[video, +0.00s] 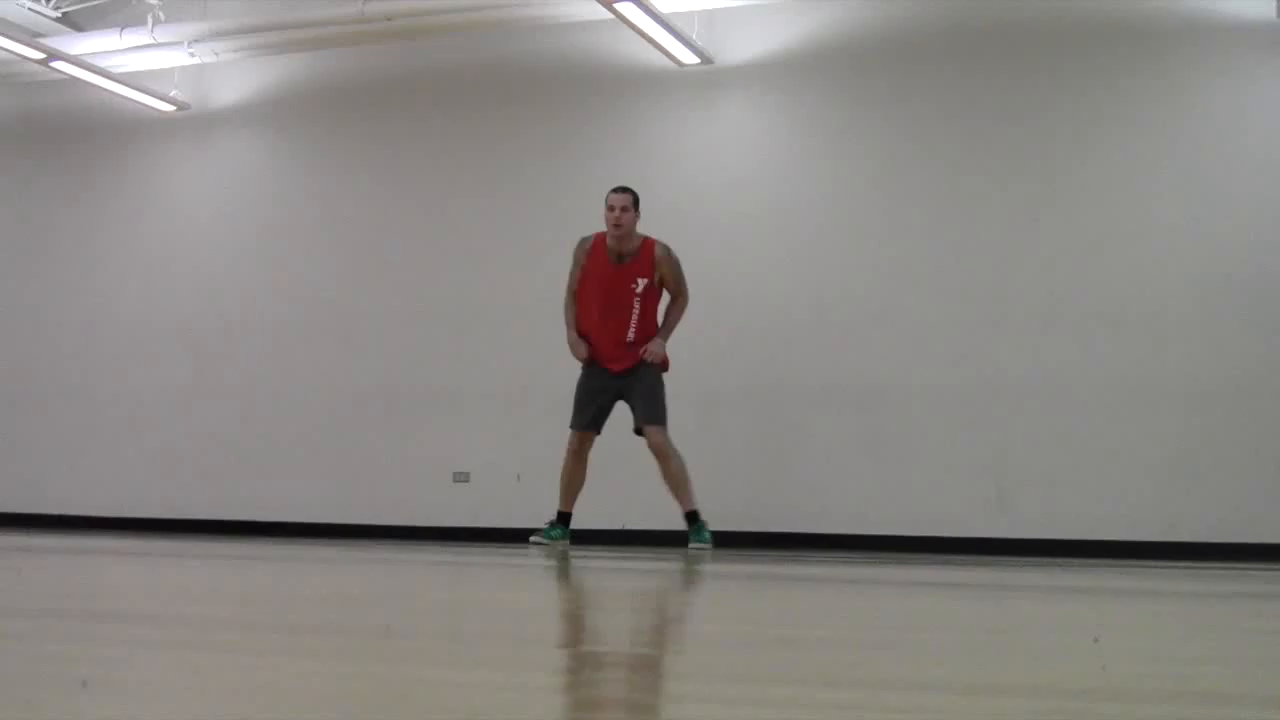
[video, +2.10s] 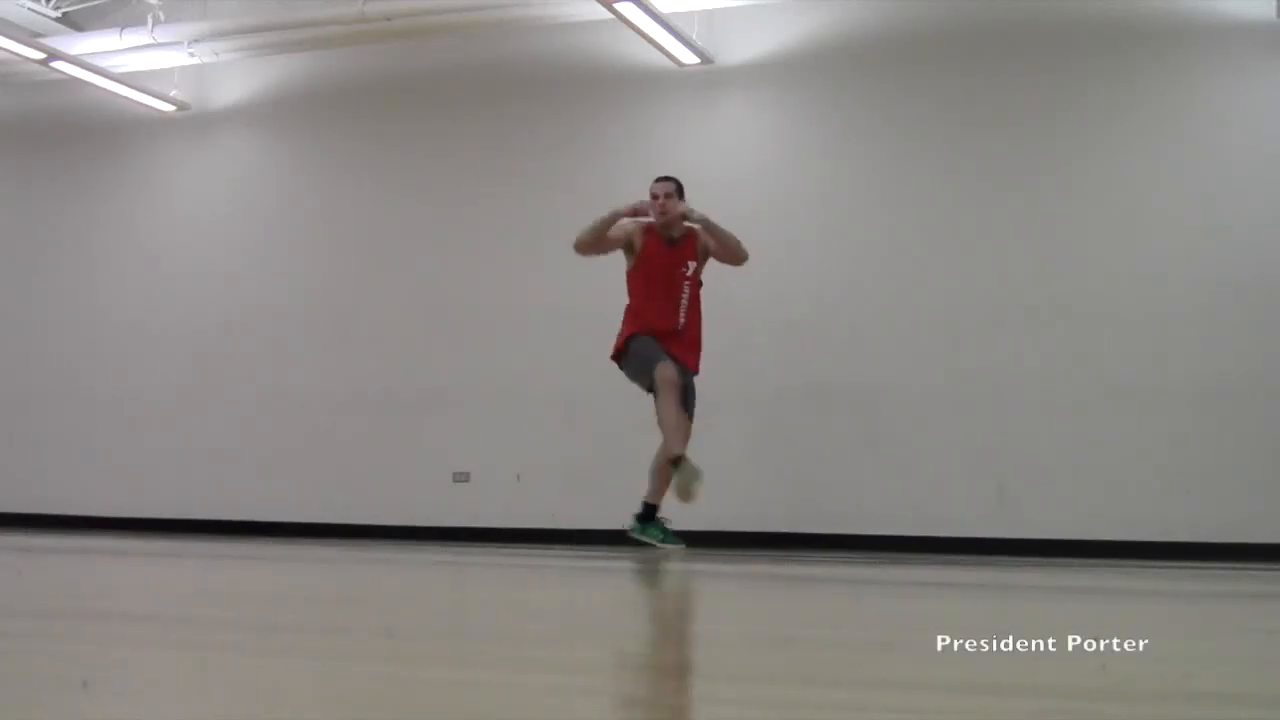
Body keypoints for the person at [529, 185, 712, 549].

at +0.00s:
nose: (616, 216)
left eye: (624, 210)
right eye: (611, 209)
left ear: (637, 216)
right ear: (604, 214)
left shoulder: (659, 256)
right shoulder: (587, 249)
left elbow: (679, 296)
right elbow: (572, 294)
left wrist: (661, 339)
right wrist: (573, 336)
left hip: (642, 365)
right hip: (598, 364)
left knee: (657, 440)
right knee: (578, 441)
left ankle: (695, 523)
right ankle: (561, 524)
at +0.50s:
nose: (616, 216)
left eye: (624, 211)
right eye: (611, 211)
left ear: (638, 219)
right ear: (604, 219)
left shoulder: (658, 254)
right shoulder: (589, 262)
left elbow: (700, 293)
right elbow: (552, 301)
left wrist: (667, 293)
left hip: (646, 371)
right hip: (605, 369)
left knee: (657, 448)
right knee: (573, 445)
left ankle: (707, 526)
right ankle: (561, 524)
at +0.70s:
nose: (615, 214)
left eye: (623, 208)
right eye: (610, 208)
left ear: (636, 216)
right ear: (603, 215)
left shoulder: (653, 258)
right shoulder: (589, 254)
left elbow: (699, 295)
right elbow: (559, 286)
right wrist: (514, 285)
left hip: (646, 368)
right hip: (605, 365)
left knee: (662, 445)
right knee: (573, 442)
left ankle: (707, 525)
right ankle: (561, 524)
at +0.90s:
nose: (611, 213)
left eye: (620, 208)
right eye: (607, 207)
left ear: (635, 216)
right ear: (603, 214)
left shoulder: (652, 259)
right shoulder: (592, 248)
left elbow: (697, 295)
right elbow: (550, 256)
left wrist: (743, 324)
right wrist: (509, 238)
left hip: (644, 371)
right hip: (601, 369)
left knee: (662, 446)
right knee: (575, 446)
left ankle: (709, 527)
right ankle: (547, 521)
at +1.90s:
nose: (648, 207)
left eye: (655, 201)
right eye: (643, 201)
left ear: (671, 207)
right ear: (639, 208)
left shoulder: (691, 254)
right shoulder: (622, 237)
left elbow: (735, 281)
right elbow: (567, 221)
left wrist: (768, 297)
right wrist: (525, 202)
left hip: (669, 360)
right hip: (623, 356)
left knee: (671, 436)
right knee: (601, 428)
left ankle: (678, 523)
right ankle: (595, 513)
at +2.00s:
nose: (652, 206)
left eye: (660, 200)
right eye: (647, 200)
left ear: (675, 206)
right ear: (642, 207)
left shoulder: (694, 246)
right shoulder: (630, 236)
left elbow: (747, 269)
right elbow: (582, 225)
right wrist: (582, 199)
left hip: (678, 356)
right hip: (635, 350)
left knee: (675, 436)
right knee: (632, 403)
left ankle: (676, 521)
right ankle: (621, 485)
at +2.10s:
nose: (660, 203)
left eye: (667, 197)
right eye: (655, 197)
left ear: (682, 203)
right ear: (649, 204)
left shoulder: (699, 240)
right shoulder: (635, 233)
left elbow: (739, 256)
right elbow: (583, 247)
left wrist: (704, 222)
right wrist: (618, 215)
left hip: (682, 347)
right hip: (640, 338)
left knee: (677, 438)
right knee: (667, 375)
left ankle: (647, 517)